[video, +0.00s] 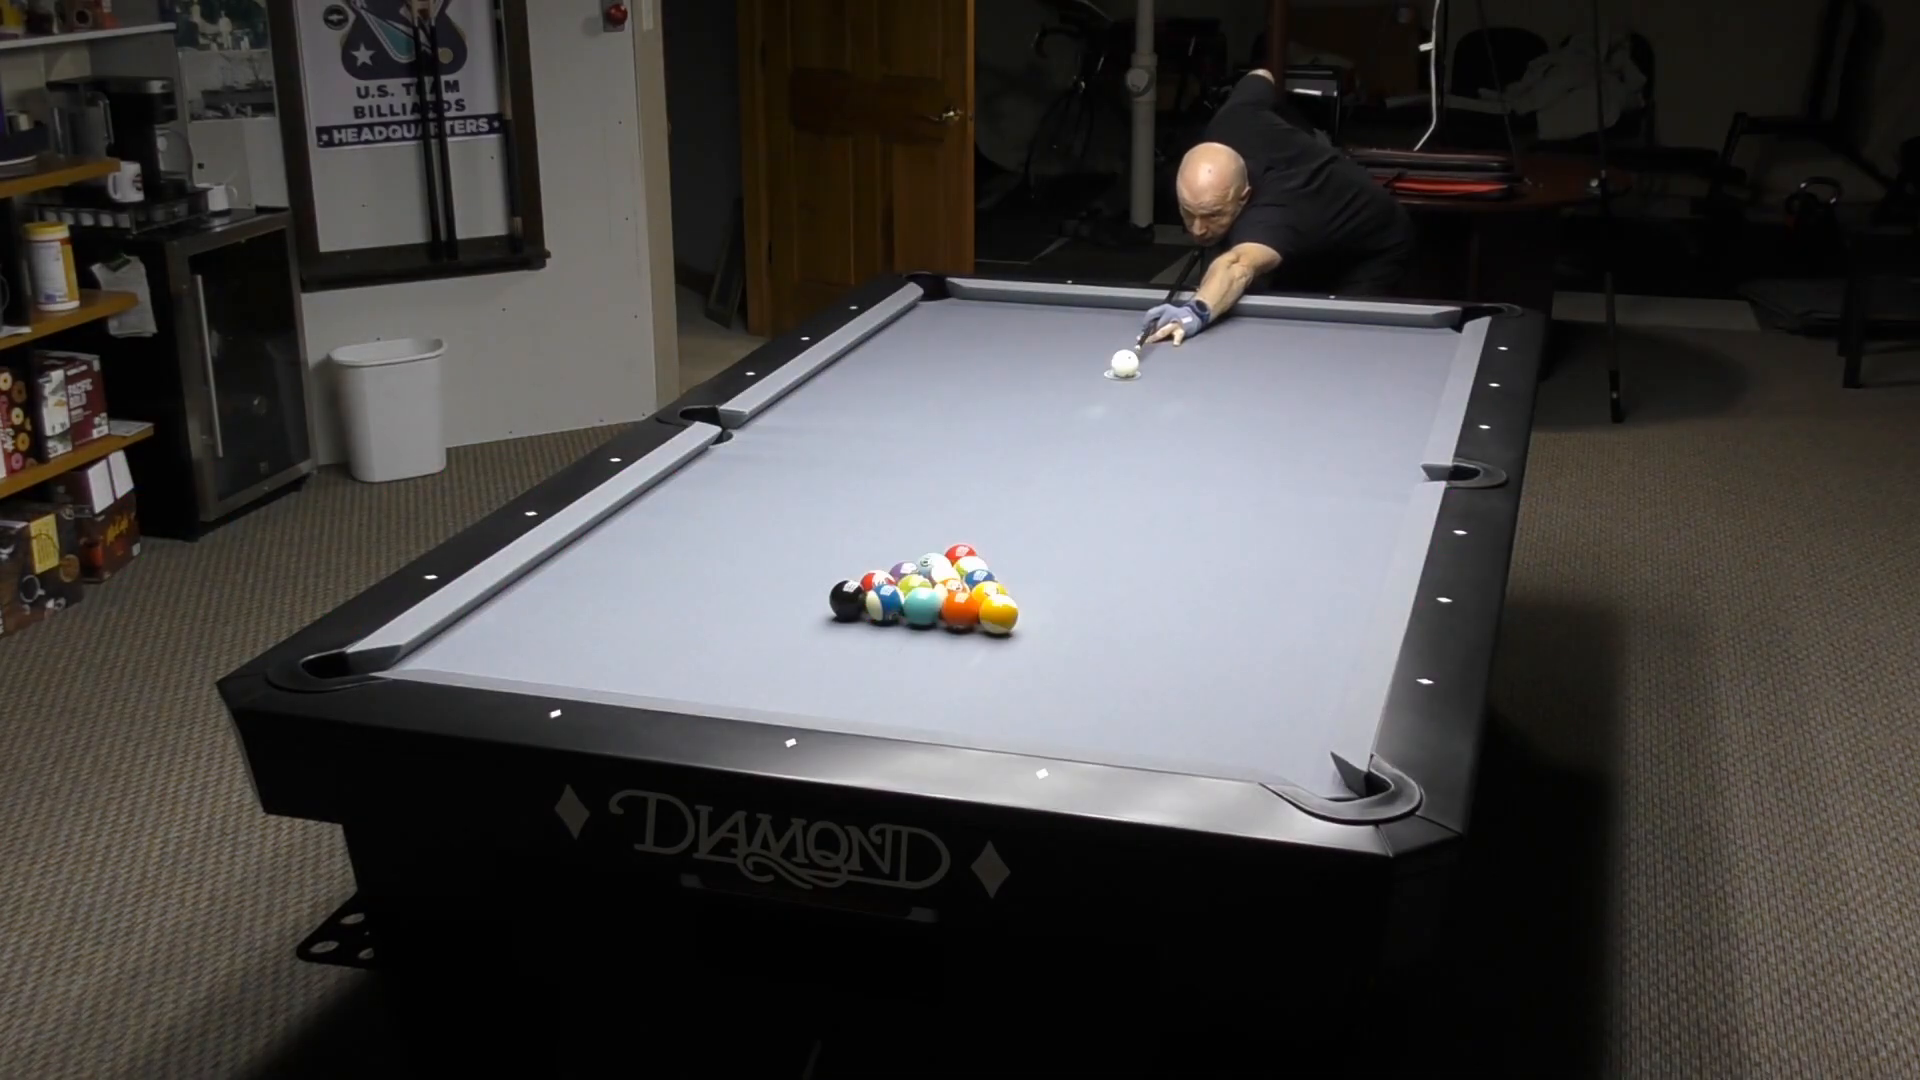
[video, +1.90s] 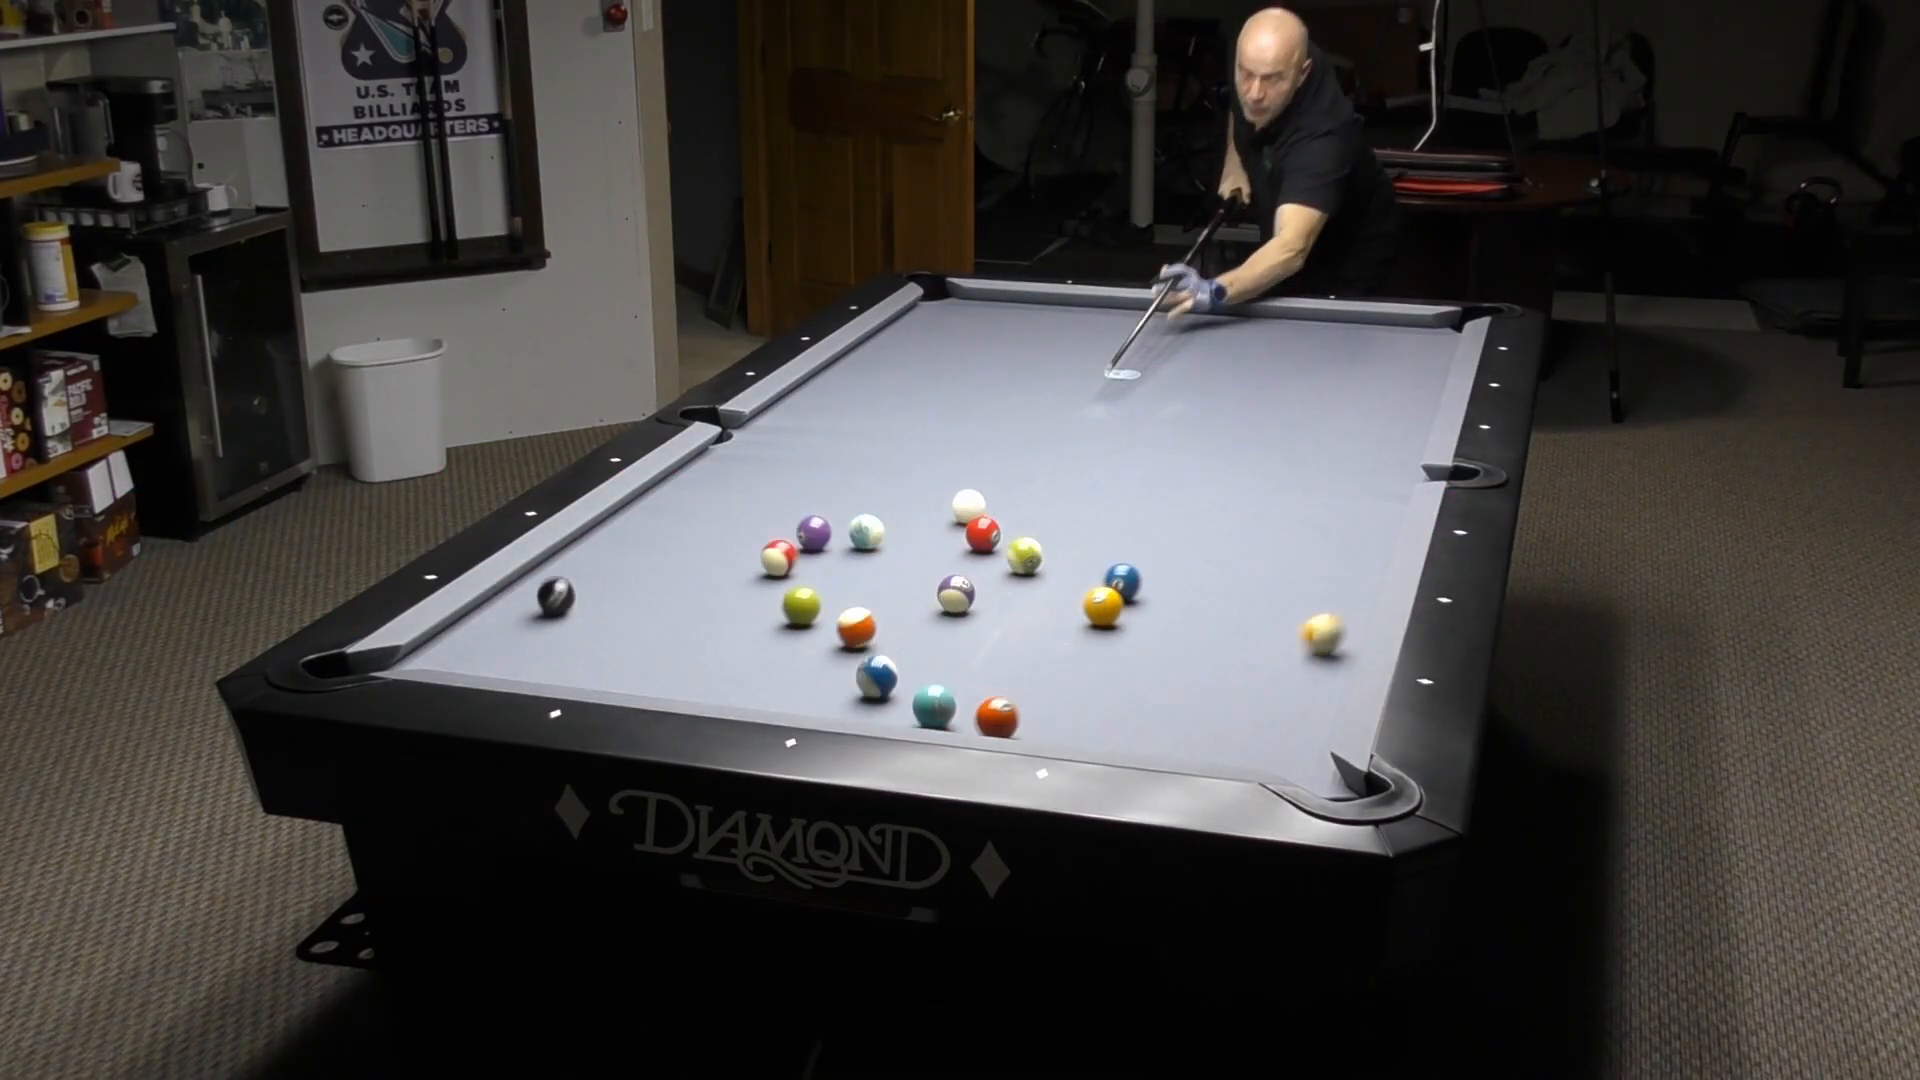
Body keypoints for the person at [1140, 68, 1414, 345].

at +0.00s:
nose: (1198, 230)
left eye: (1212, 218)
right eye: (1188, 215)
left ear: (1244, 195)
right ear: (1178, 187)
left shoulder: (1273, 216)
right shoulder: (1233, 121)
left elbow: (1237, 267)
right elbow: (1261, 74)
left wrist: (1195, 312)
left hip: (1379, 240)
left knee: (1339, 339)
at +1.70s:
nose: (1198, 221)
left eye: (1212, 207)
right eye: (1187, 205)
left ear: (1241, 184)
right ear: (1177, 181)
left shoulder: (1274, 196)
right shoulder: (1228, 113)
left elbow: (1258, 267)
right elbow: (1256, 78)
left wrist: (1198, 314)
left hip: (1373, 244)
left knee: (1338, 343)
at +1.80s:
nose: (1222, 174)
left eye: (1237, 161)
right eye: (1210, 159)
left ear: (1266, 138)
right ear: (1204, 127)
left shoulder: (1298, 170)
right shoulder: (1240, 78)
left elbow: (1277, 276)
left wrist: (1211, 316)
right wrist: (1221, 183)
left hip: (1363, 238)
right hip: (1295, 228)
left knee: (1342, 341)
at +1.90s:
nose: (1254, 94)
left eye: (1272, 80)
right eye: (1246, 74)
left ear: (1303, 72)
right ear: (1236, 60)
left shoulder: (1322, 129)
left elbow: (1291, 249)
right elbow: (1238, 106)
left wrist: (1214, 293)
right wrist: (1234, 162)